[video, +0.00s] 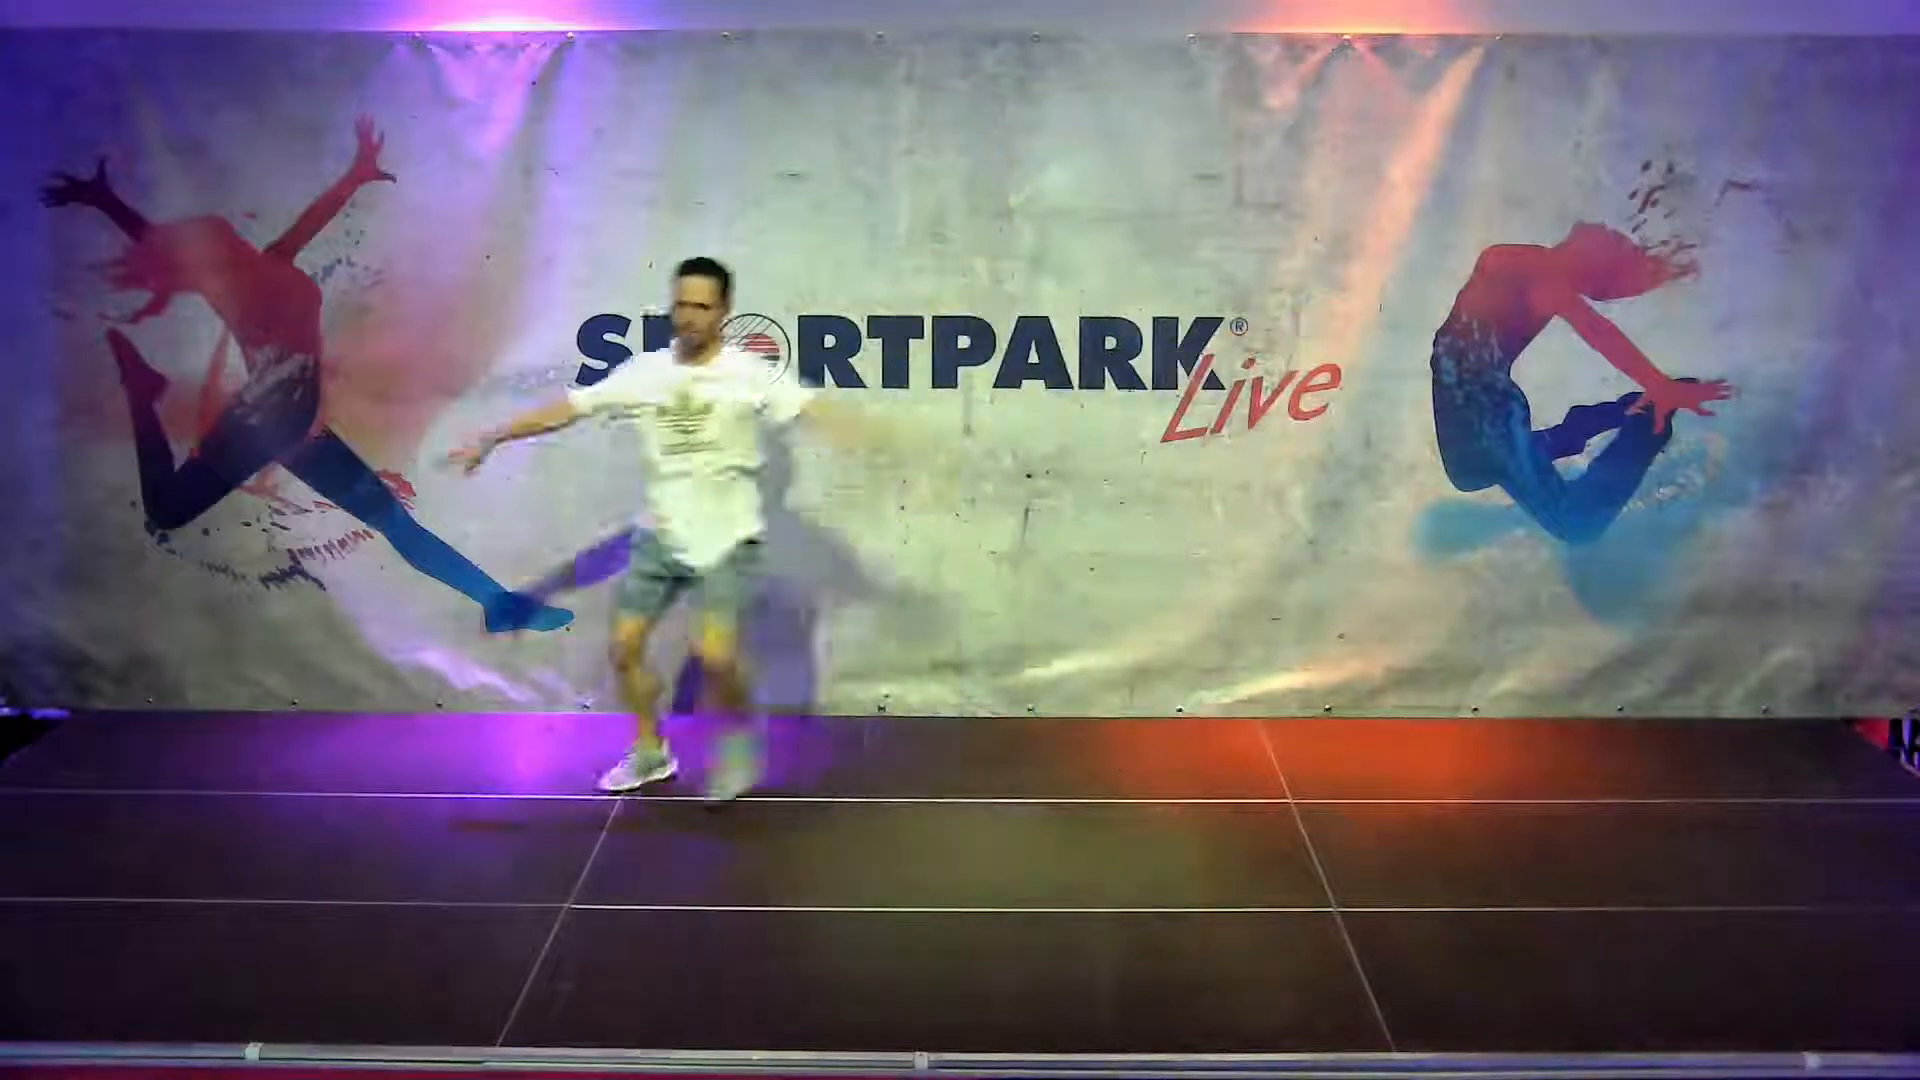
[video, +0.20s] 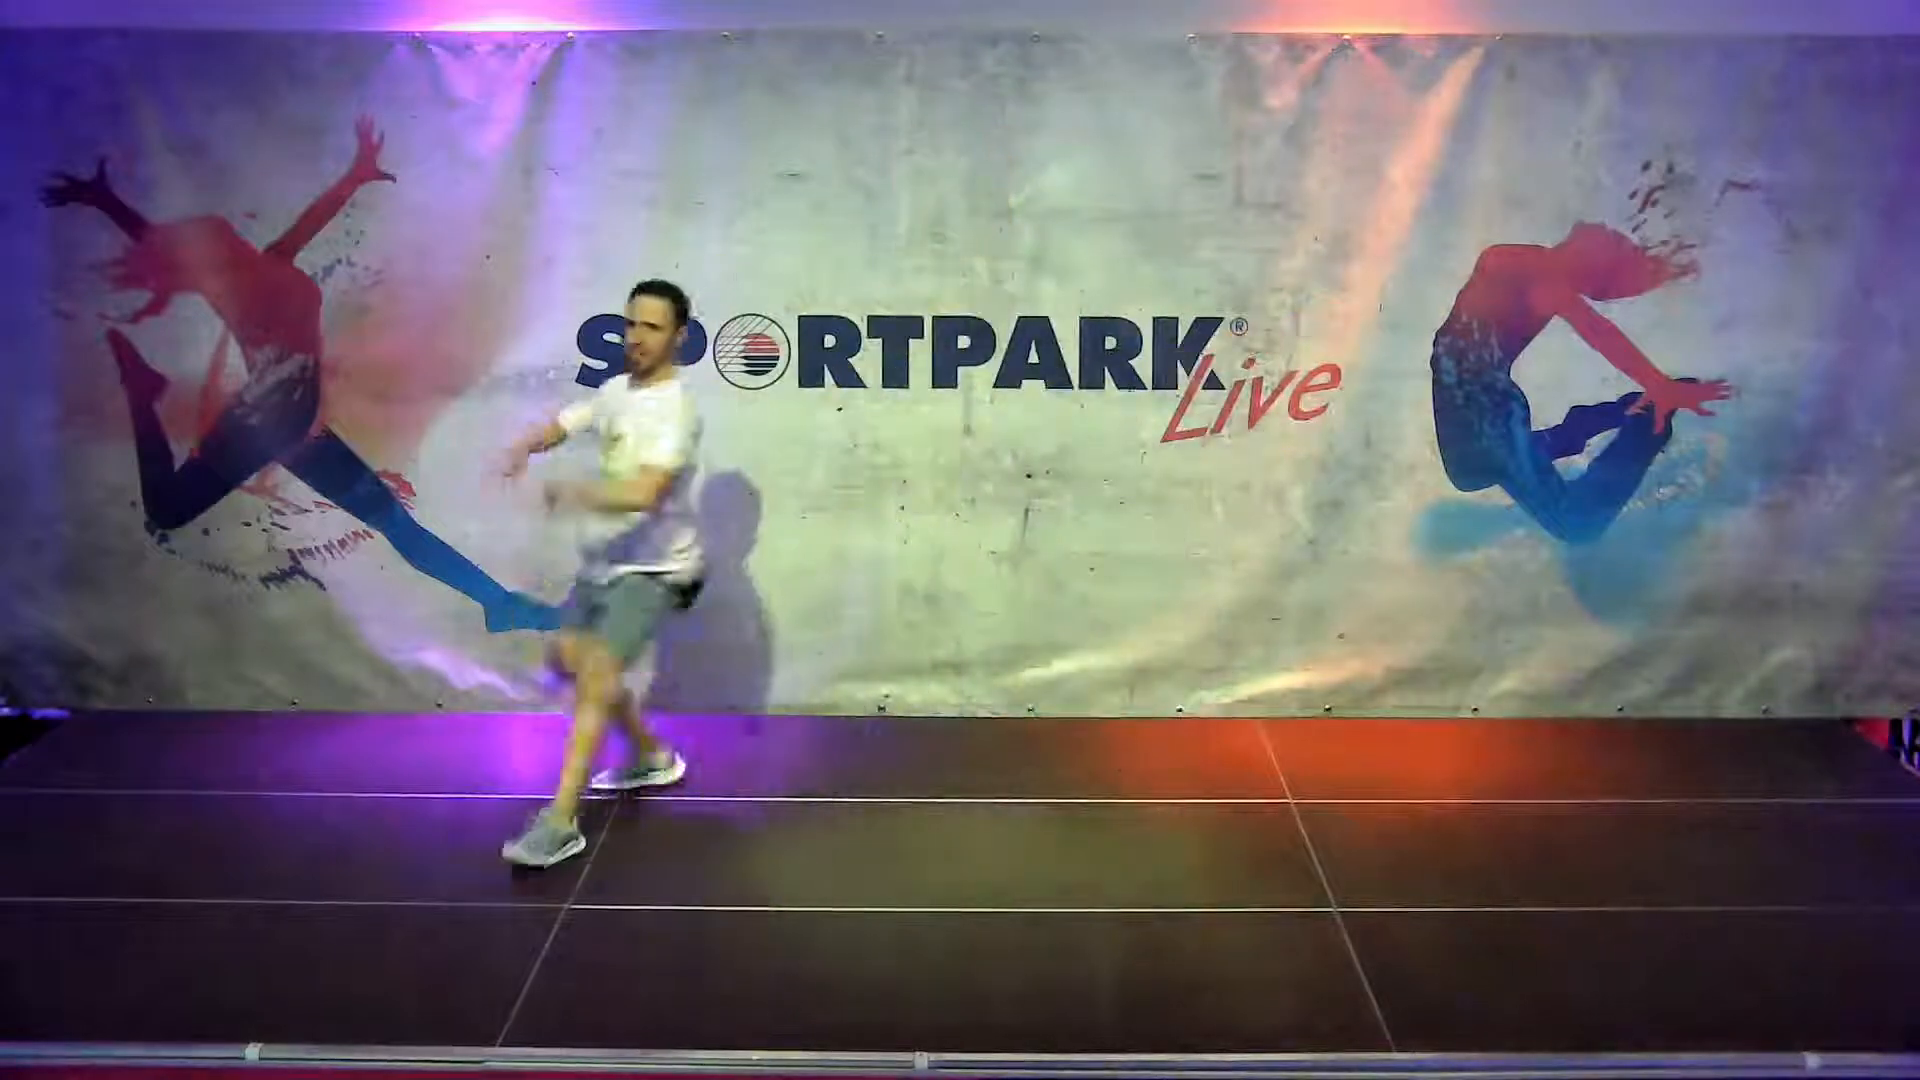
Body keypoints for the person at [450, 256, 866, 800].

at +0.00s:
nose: (687, 316)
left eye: (700, 307)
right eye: (681, 305)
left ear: (724, 313)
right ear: (672, 308)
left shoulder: (750, 375)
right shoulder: (646, 372)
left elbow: (817, 413)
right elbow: (571, 408)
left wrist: (879, 438)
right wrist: (494, 437)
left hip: (730, 536)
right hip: (662, 533)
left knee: (714, 652)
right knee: (625, 645)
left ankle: (740, 741)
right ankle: (650, 752)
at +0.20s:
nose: (636, 337)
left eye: (651, 328)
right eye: (631, 325)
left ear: (678, 338)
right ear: (625, 329)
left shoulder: (675, 407)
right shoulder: (618, 392)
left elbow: (646, 495)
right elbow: (564, 425)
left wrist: (571, 493)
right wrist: (526, 446)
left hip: (659, 565)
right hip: (607, 558)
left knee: (600, 667)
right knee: (572, 654)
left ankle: (562, 818)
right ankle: (652, 754)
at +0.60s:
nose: (618, 320)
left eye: (633, 313)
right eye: (615, 308)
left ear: (659, 326)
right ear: (607, 309)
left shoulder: (645, 386)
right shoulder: (591, 376)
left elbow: (650, 481)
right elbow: (527, 417)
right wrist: (514, 401)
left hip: (609, 553)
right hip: (571, 549)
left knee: (561, 672)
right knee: (531, 656)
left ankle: (558, 825)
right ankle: (620, 771)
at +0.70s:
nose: (656, 294)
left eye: (666, 286)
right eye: (648, 281)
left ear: (674, 295)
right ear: (620, 279)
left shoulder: (679, 358)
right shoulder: (574, 341)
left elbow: (725, 443)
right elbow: (526, 416)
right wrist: (565, 439)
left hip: (640, 531)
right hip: (576, 527)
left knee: (613, 658)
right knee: (565, 648)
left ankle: (586, 801)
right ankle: (626, 770)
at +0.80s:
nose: (694, 278)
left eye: (698, 267)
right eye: (685, 266)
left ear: (691, 270)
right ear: (646, 265)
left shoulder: (701, 340)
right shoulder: (589, 336)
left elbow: (779, 370)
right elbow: (553, 427)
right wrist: (589, 494)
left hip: (666, 515)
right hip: (593, 511)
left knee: (657, 640)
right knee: (592, 643)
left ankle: (650, 775)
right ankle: (606, 764)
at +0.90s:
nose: (726, 283)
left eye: (725, 272)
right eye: (717, 271)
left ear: (708, 277)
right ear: (682, 273)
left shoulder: (713, 347)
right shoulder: (631, 353)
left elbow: (759, 314)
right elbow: (602, 451)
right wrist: (621, 531)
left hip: (694, 525)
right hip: (626, 527)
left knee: (713, 633)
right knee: (604, 643)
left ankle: (694, 753)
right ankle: (578, 762)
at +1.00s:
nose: (744, 289)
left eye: (742, 277)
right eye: (737, 278)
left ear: (702, 287)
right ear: (713, 286)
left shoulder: (712, 349)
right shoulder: (677, 369)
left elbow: (728, 290)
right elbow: (650, 469)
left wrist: (745, 239)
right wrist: (658, 557)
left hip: (704, 528)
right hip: (648, 533)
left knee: (737, 632)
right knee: (619, 649)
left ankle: (709, 748)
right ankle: (580, 761)